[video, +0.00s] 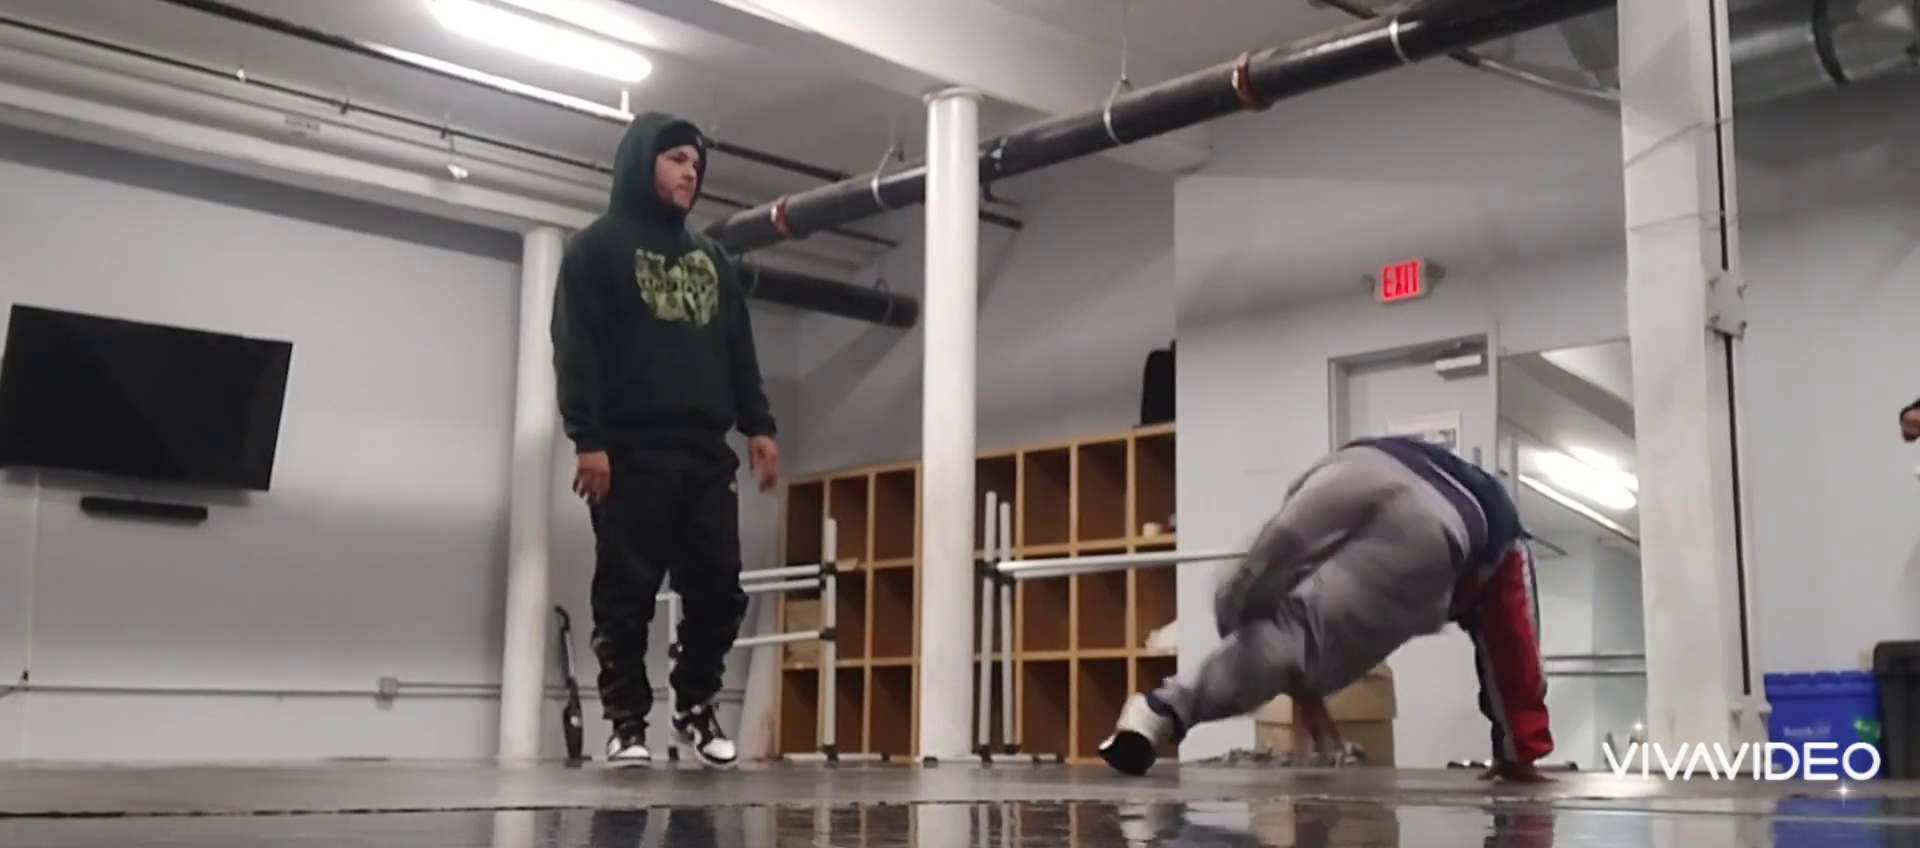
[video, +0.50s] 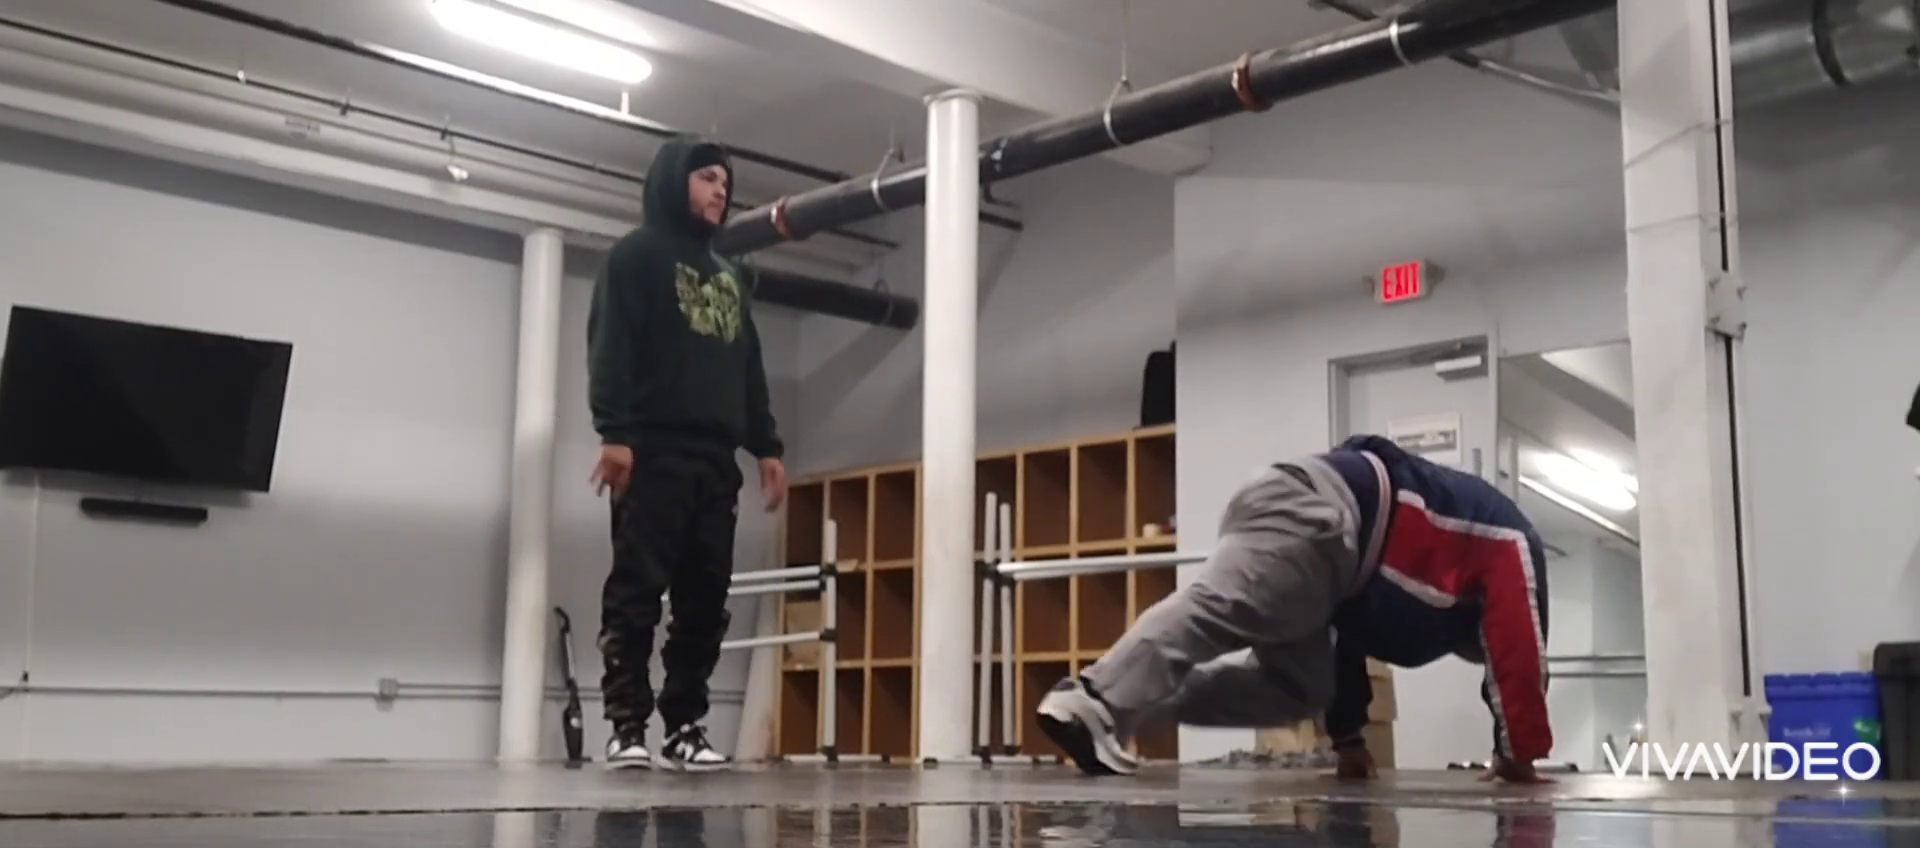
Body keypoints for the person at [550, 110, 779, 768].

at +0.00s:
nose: (689, 172)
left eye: (696, 164)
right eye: (677, 158)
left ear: (698, 177)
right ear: (642, 163)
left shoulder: (712, 256)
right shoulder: (596, 248)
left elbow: (739, 348)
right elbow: (575, 348)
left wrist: (759, 427)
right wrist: (589, 444)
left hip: (705, 450)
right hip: (630, 449)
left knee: (718, 591)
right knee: (626, 592)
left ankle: (695, 713)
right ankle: (627, 725)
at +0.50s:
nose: (720, 191)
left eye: (724, 182)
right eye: (708, 178)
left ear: (723, 194)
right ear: (673, 181)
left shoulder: (728, 273)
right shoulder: (635, 253)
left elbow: (748, 368)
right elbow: (610, 348)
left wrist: (767, 450)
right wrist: (615, 436)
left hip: (715, 455)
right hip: (651, 449)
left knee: (704, 600)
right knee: (637, 590)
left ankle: (684, 729)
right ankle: (628, 729)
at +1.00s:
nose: (743, 212)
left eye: (748, 204)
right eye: (732, 200)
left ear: (750, 216)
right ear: (699, 203)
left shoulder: (739, 290)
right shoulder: (657, 271)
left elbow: (746, 386)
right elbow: (655, 371)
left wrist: (750, 474)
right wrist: (691, 444)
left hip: (729, 462)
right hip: (664, 456)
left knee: (706, 603)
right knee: (647, 590)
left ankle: (684, 732)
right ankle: (623, 729)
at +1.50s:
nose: (729, 223)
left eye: (735, 217)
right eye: (719, 211)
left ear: (738, 230)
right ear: (686, 213)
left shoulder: (742, 304)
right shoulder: (638, 286)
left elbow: (770, 389)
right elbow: (607, 369)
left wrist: (795, 461)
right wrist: (597, 451)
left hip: (729, 473)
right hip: (661, 468)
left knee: (710, 606)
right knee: (653, 596)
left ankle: (689, 732)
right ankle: (645, 728)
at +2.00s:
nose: (705, 229)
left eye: (712, 222)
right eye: (694, 217)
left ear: (717, 234)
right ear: (663, 220)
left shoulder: (730, 309)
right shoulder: (615, 298)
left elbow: (750, 393)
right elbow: (591, 392)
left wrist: (758, 466)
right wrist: (605, 464)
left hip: (711, 479)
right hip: (641, 476)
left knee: (699, 609)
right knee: (637, 607)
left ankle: (686, 731)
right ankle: (644, 733)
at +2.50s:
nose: (718, 235)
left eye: (724, 229)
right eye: (707, 224)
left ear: (727, 242)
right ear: (677, 228)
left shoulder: (733, 315)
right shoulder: (630, 299)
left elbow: (754, 397)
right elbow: (606, 389)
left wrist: (768, 463)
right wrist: (619, 464)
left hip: (722, 486)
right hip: (652, 484)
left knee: (742, 613)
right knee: (644, 612)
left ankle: (755, 731)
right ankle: (642, 735)